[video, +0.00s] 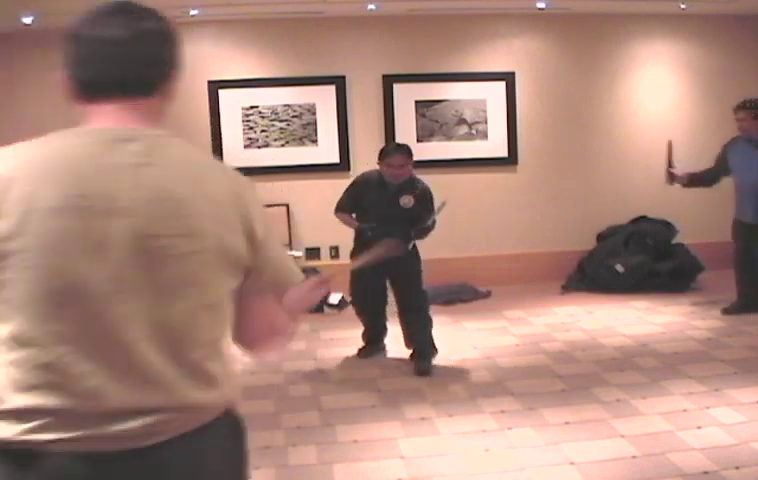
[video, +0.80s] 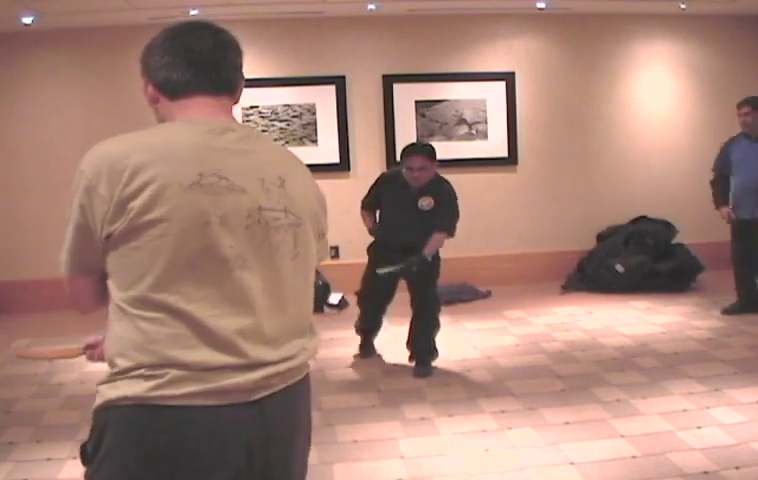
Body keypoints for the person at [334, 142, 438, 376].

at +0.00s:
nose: (398, 172)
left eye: (404, 166)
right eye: (392, 166)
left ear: (411, 166)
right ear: (381, 166)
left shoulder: (419, 190)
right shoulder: (365, 182)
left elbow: (427, 224)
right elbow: (340, 211)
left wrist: (410, 234)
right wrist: (360, 226)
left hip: (402, 250)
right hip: (367, 250)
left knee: (412, 302)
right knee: (365, 299)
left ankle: (422, 354)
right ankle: (374, 341)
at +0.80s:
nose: (415, 175)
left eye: (422, 169)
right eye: (410, 169)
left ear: (434, 167)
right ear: (402, 167)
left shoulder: (443, 191)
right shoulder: (388, 181)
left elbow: (442, 231)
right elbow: (367, 208)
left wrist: (423, 257)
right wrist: (375, 232)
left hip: (422, 252)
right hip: (386, 249)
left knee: (425, 306)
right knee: (371, 298)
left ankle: (423, 358)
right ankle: (366, 337)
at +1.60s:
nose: (378, 157)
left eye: (379, 152)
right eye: (370, 155)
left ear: (384, 151)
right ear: (357, 158)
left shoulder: (401, 176)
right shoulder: (346, 181)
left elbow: (418, 213)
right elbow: (329, 216)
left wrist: (429, 243)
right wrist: (331, 247)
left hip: (399, 241)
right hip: (364, 244)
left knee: (411, 289)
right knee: (369, 294)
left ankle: (412, 340)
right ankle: (377, 338)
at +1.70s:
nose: (374, 155)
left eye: (375, 149)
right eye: (366, 153)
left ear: (379, 148)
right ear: (354, 157)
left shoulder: (399, 173)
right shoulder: (345, 179)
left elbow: (412, 210)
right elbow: (328, 215)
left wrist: (413, 244)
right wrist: (330, 246)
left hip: (396, 237)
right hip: (364, 240)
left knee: (409, 283)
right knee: (370, 290)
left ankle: (402, 328)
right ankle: (377, 336)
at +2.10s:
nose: (377, 157)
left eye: (377, 152)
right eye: (370, 155)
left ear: (382, 151)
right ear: (357, 160)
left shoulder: (397, 176)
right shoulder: (346, 180)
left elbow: (408, 207)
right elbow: (332, 214)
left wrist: (398, 233)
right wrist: (334, 240)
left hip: (391, 236)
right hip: (361, 238)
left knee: (395, 282)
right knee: (366, 286)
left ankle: (376, 322)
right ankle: (377, 333)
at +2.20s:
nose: (379, 159)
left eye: (380, 154)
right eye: (373, 157)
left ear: (384, 153)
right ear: (359, 159)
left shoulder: (397, 177)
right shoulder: (346, 180)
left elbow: (406, 210)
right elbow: (332, 212)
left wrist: (407, 239)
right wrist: (333, 239)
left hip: (390, 237)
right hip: (360, 238)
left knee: (393, 279)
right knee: (366, 282)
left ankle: (380, 322)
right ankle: (375, 330)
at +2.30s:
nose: (379, 158)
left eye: (380, 153)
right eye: (373, 155)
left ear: (384, 152)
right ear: (359, 157)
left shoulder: (396, 175)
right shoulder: (346, 177)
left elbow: (408, 211)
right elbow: (329, 209)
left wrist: (413, 240)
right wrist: (329, 238)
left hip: (387, 233)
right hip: (358, 235)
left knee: (393, 275)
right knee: (361, 279)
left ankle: (381, 319)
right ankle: (366, 328)